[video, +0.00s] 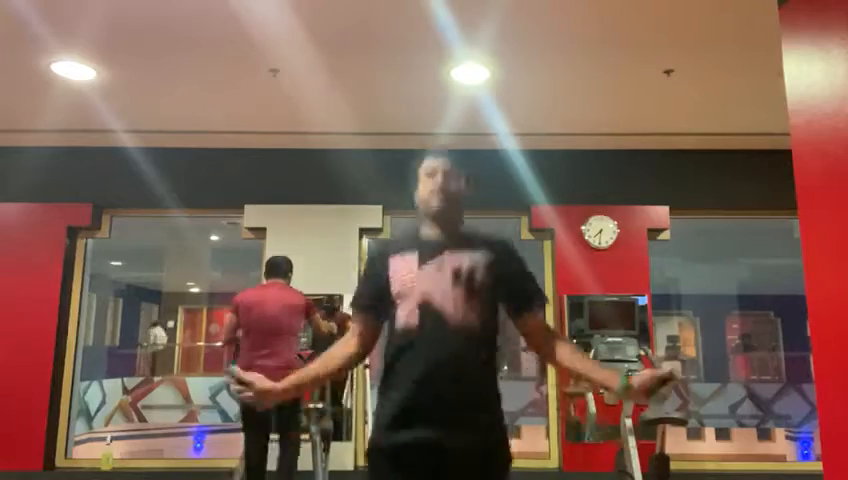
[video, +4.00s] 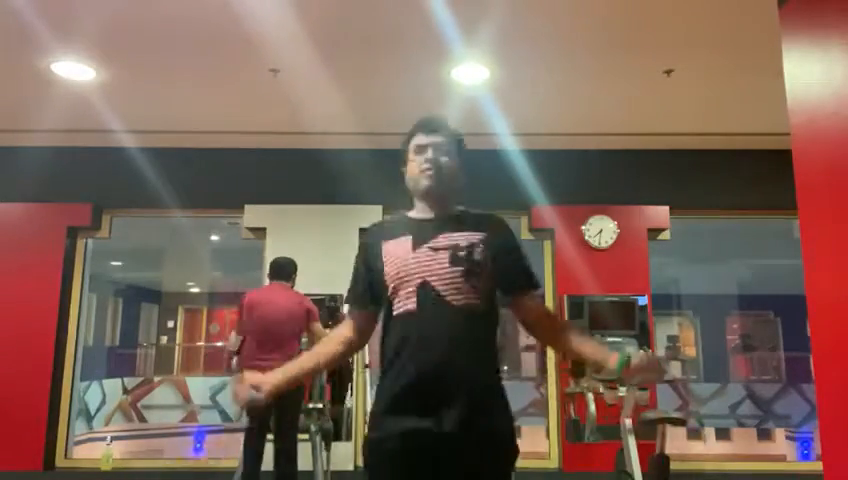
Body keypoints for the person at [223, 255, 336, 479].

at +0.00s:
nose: (290, 279)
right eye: (290, 275)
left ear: (265, 274)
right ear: (290, 275)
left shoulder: (244, 297)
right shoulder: (299, 298)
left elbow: (227, 337)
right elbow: (320, 330)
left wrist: (243, 336)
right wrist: (331, 325)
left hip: (251, 375)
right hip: (287, 376)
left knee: (255, 440)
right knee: (289, 439)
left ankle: (254, 476)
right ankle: (285, 476)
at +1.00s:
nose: (292, 285)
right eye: (292, 282)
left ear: (266, 280)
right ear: (290, 282)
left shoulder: (246, 302)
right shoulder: (296, 305)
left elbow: (229, 334)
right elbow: (315, 340)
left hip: (247, 379)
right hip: (284, 378)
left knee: (249, 443)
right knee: (294, 428)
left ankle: (247, 475)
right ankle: (292, 471)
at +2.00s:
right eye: (289, 281)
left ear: (264, 280)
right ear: (288, 281)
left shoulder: (247, 304)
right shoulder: (297, 305)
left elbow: (234, 342)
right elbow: (310, 344)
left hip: (251, 379)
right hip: (286, 379)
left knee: (248, 442)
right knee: (295, 423)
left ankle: (245, 475)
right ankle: (294, 468)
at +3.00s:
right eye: (295, 277)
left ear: (269, 276)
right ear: (294, 277)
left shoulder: (251, 297)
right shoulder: (303, 300)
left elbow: (247, 336)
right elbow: (315, 339)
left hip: (256, 380)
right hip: (290, 379)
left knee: (255, 440)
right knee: (291, 437)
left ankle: (248, 476)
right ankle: (293, 475)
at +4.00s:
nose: (293, 280)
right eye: (294, 276)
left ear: (269, 275)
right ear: (293, 278)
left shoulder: (250, 298)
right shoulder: (303, 302)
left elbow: (239, 336)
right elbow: (319, 340)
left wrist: (230, 356)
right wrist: (311, 362)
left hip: (254, 375)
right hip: (290, 376)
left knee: (255, 433)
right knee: (287, 437)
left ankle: (249, 476)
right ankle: (286, 476)